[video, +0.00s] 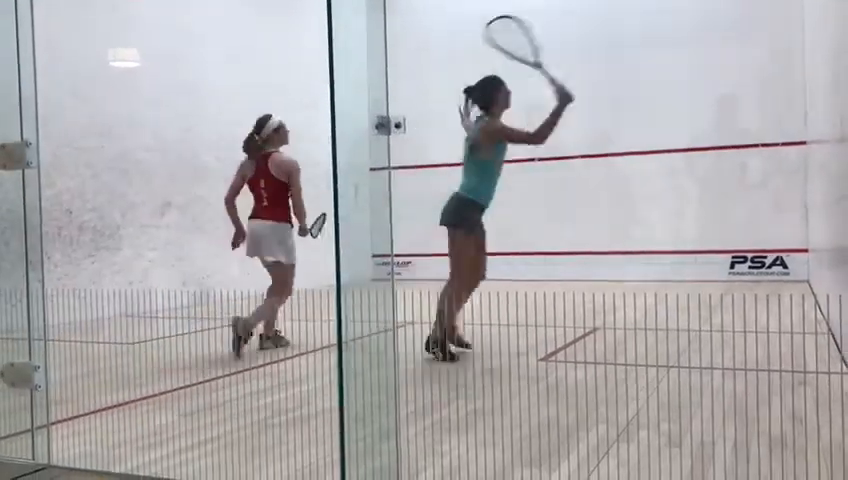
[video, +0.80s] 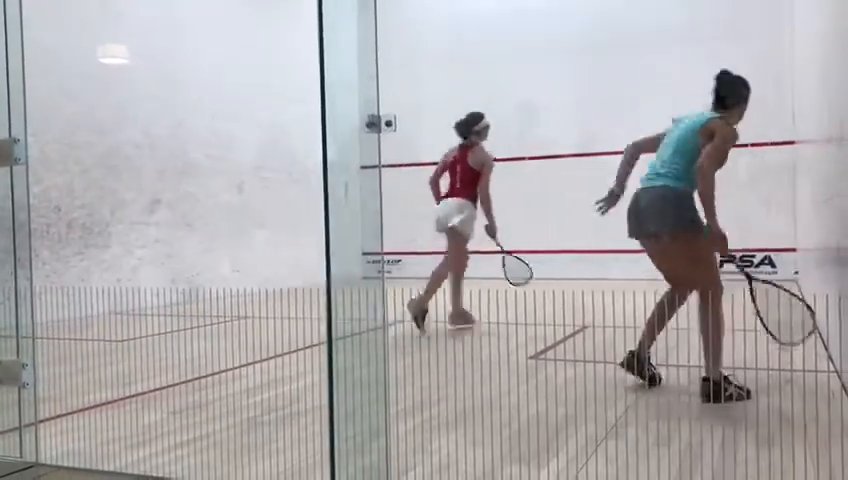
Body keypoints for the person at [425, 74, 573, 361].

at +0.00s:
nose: (510, 94)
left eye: (507, 90)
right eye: (505, 91)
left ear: (487, 99)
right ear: (495, 98)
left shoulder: (483, 127)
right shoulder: (490, 128)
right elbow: (536, 138)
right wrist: (561, 105)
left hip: (469, 211)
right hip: (464, 211)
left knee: (475, 273)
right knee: (463, 275)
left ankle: (447, 327)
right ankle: (438, 337)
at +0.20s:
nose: (580, 90)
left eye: (578, 85)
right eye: (575, 86)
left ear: (555, 93)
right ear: (562, 93)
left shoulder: (541, 119)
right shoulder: (569, 121)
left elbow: (521, 126)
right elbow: (612, 140)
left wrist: (515, 114)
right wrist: (653, 151)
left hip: (547, 215)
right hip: (537, 214)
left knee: (582, 280)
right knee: (517, 282)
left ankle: (606, 345)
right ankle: (455, 302)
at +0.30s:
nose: (616, 112)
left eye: (615, 106)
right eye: (612, 107)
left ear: (589, 111)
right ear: (601, 111)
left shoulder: (578, 139)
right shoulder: (608, 141)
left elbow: (558, 149)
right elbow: (646, 175)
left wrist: (572, 139)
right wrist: (682, 194)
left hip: (583, 234)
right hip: (573, 234)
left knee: (631, 284)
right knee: (584, 309)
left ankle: (628, 358)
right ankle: (514, 304)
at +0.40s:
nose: (658, 122)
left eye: (658, 116)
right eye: (656, 117)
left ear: (630, 118)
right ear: (646, 118)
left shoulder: (605, 144)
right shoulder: (640, 150)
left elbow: (614, 165)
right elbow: (679, 193)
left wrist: (650, 157)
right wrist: (719, 214)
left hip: (579, 229)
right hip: (591, 231)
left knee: (651, 283)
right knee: (650, 284)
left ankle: (631, 351)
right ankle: (600, 343)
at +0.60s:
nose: (724, 151)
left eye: (725, 145)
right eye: (724, 145)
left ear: (697, 137)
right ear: (718, 144)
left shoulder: (669, 156)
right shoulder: (698, 165)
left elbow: (641, 206)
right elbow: (697, 211)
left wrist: (675, 235)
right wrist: (724, 259)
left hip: (615, 230)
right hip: (640, 228)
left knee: (672, 288)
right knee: (700, 298)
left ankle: (633, 348)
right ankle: (716, 379)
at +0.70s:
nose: (740, 137)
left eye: (741, 130)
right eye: (741, 130)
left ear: (714, 123)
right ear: (737, 129)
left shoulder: (685, 144)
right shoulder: (717, 152)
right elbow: (701, 200)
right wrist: (716, 254)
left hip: (631, 220)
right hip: (657, 218)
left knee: (680, 290)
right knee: (711, 288)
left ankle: (640, 353)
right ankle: (716, 379)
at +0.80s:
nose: (743, 114)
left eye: (744, 107)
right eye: (744, 107)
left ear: (716, 99)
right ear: (738, 105)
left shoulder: (685, 125)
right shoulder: (724, 130)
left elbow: (634, 147)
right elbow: (704, 170)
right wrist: (714, 227)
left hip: (641, 206)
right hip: (671, 205)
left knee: (681, 286)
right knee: (711, 286)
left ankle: (639, 353)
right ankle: (714, 379)